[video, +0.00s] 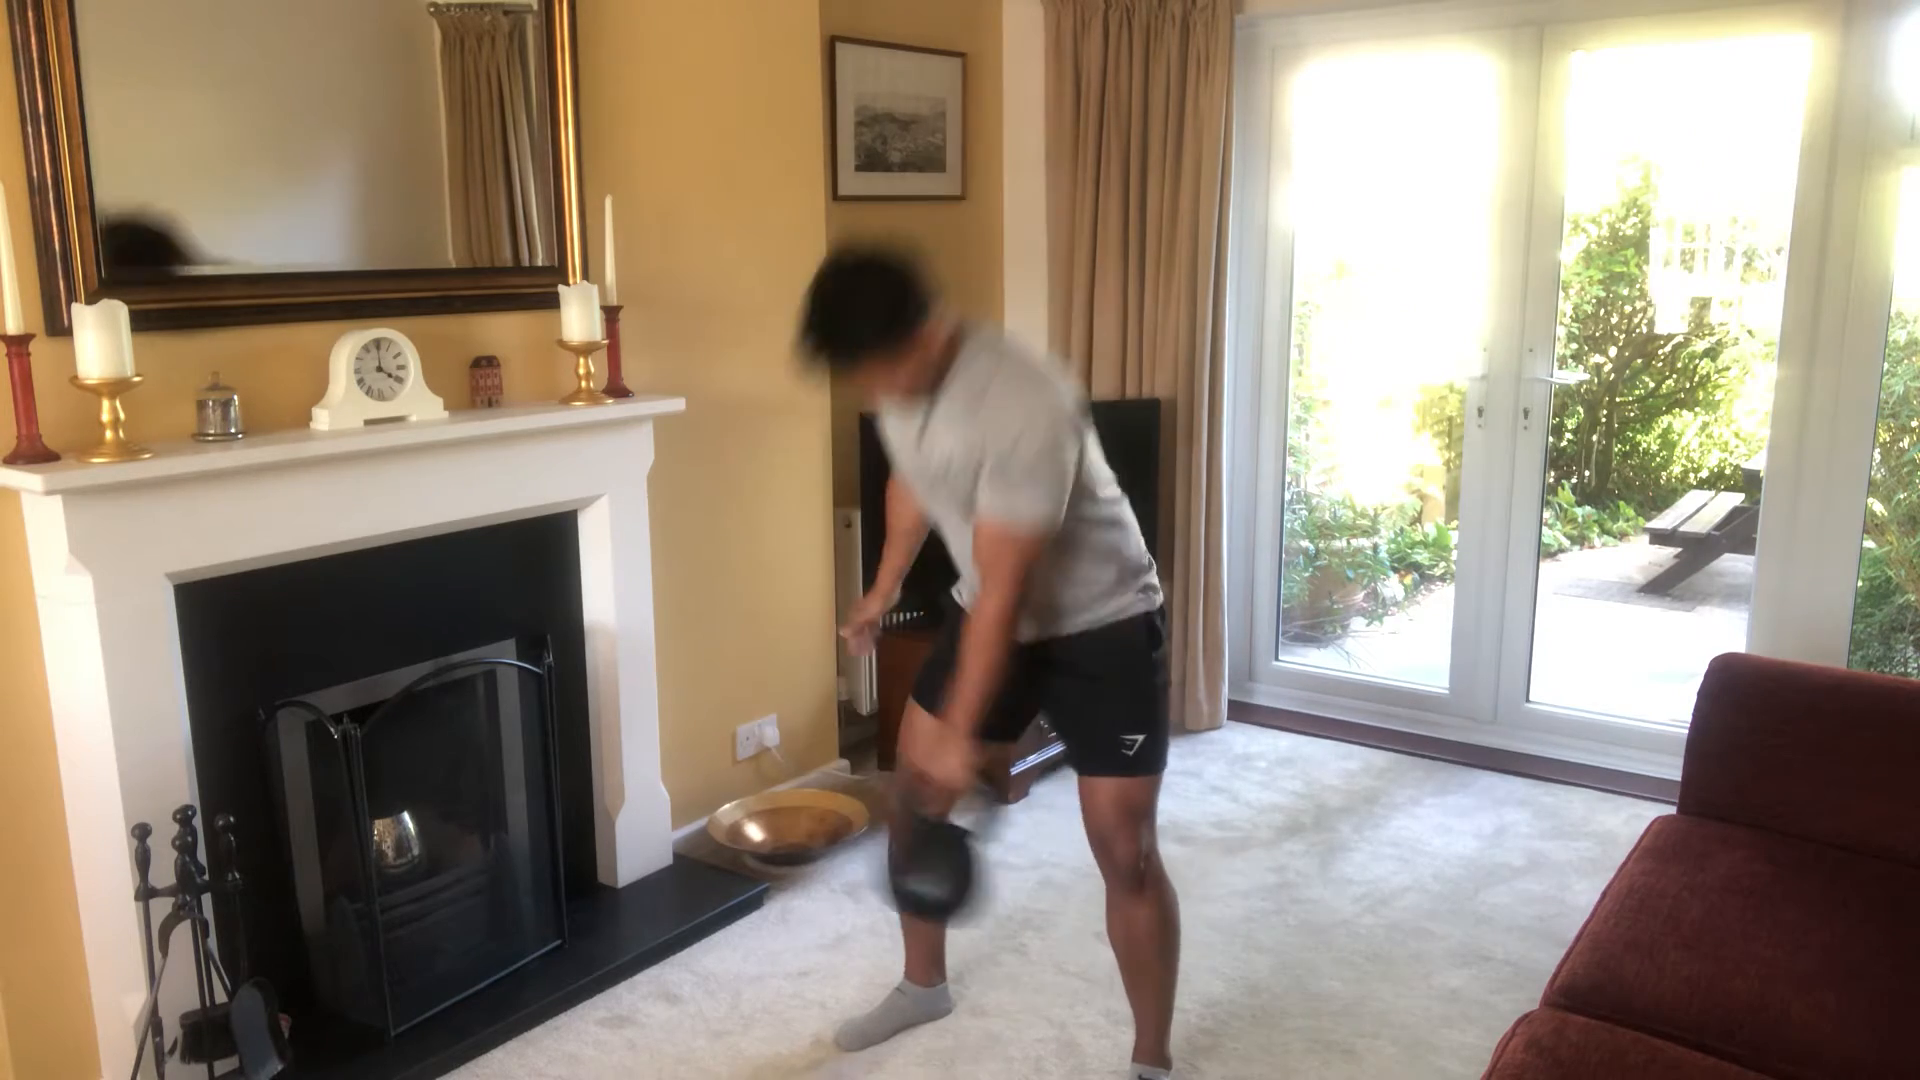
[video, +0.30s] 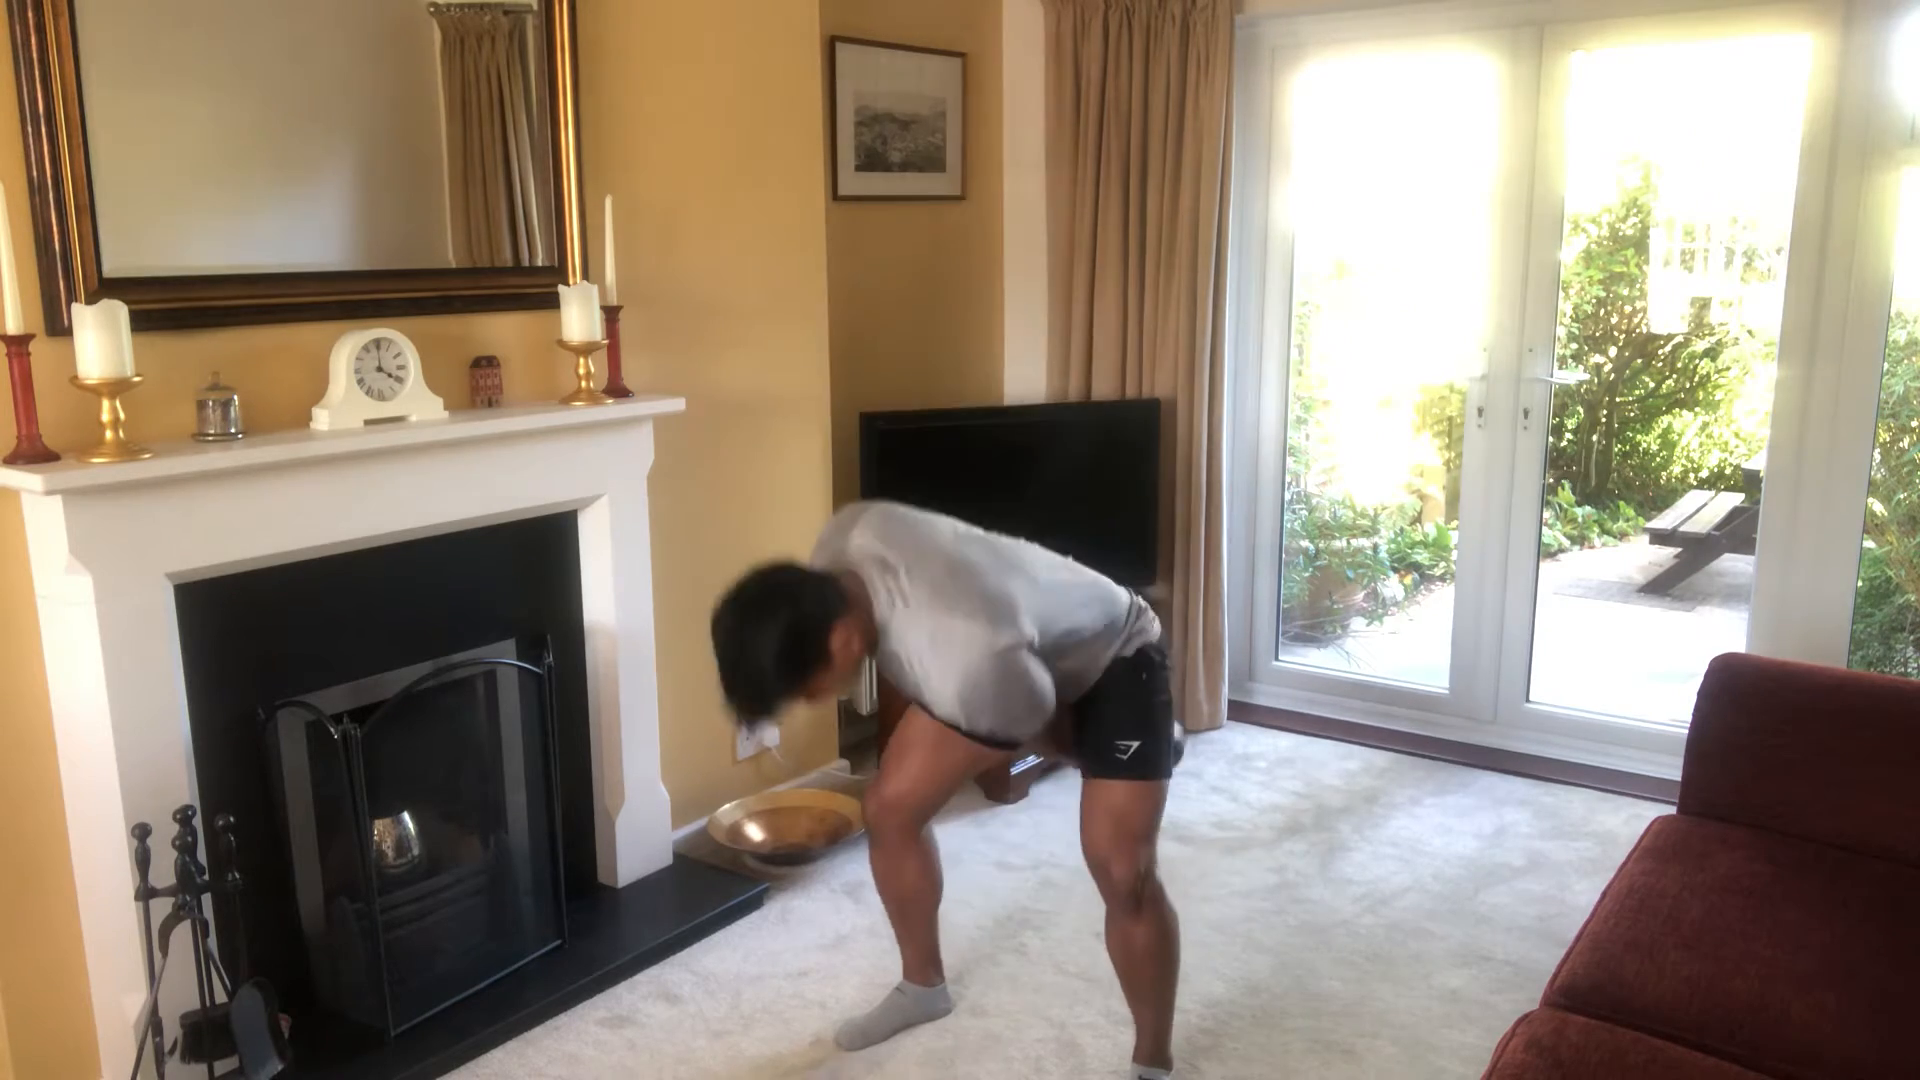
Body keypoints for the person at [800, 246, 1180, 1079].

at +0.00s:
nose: (867, 389)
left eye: (870, 371)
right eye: (855, 376)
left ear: (915, 333)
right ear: (863, 354)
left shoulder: (1025, 400)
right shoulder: (896, 383)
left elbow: (1001, 590)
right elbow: (913, 483)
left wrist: (958, 729)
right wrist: (883, 592)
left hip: (1101, 620)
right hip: (994, 611)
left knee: (1125, 852)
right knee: (917, 779)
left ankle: (1153, 1060)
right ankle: (924, 983)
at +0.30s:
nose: (817, 701)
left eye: (812, 689)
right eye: (801, 698)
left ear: (838, 642)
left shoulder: (970, 658)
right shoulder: (846, 536)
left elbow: (1050, 730)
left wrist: (1006, 776)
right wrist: (994, 752)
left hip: (1111, 650)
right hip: (998, 656)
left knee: (1124, 874)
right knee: (890, 808)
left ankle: (1153, 1062)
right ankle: (922, 986)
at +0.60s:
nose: (845, 381)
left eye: (849, 359)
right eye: (835, 363)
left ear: (898, 327)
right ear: (866, 341)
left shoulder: (1014, 412)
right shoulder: (893, 383)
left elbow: (1023, 598)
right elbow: (892, 461)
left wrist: (1023, 723)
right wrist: (883, 536)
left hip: (1106, 616)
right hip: (999, 607)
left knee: (1131, 843)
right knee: (930, 790)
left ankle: (1157, 1055)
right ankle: (925, 982)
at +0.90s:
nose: (986, 233)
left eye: (1002, 211)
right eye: (973, 216)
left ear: (1057, 202)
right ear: (965, 214)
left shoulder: (1107, 311)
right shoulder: (968, 319)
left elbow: (1012, 400)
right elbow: (937, 436)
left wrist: (886, 485)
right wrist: (869, 508)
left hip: (1080, 610)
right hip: (971, 599)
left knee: (1112, 837)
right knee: (957, 800)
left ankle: (1152, 1052)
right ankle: (928, 981)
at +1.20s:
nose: (990, 217)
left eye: (1010, 195)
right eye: (980, 199)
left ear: (1066, 195)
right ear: (972, 205)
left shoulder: (1108, 304)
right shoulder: (973, 319)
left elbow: (1002, 331)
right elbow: (958, 451)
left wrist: (849, 331)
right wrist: (920, 559)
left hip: (1074, 616)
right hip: (961, 606)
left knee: (1109, 833)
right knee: (957, 800)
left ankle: (1152, 1051)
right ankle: (928, 979)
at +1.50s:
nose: (952, 262)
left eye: (968, 240)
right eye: (939, 245)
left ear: (1019, 220)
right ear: (928, 238)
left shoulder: (1076, 320)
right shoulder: (952, 321)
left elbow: (990, 468)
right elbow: (935, 449)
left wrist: (885, 582)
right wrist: (882, 561)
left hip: (1082, 613)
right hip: (974, 603)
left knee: (1109, 835)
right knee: (941, 799)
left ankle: (1150, 1053)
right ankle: (926, 983)